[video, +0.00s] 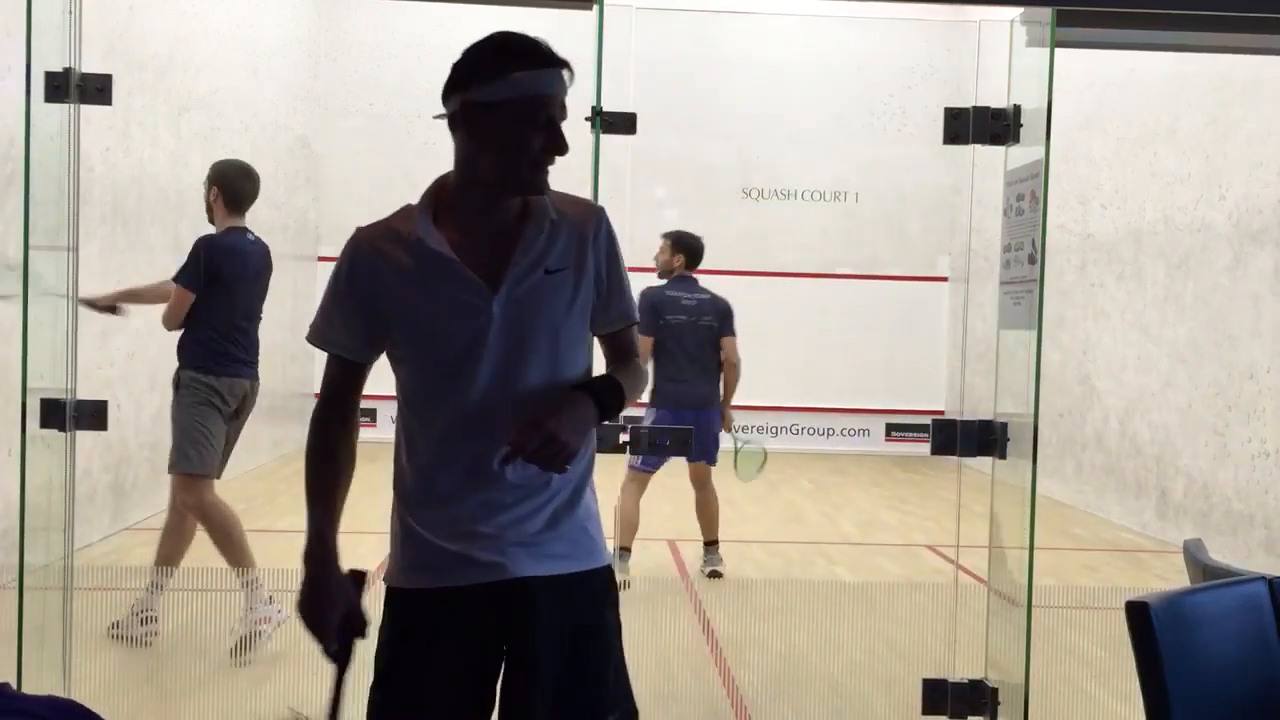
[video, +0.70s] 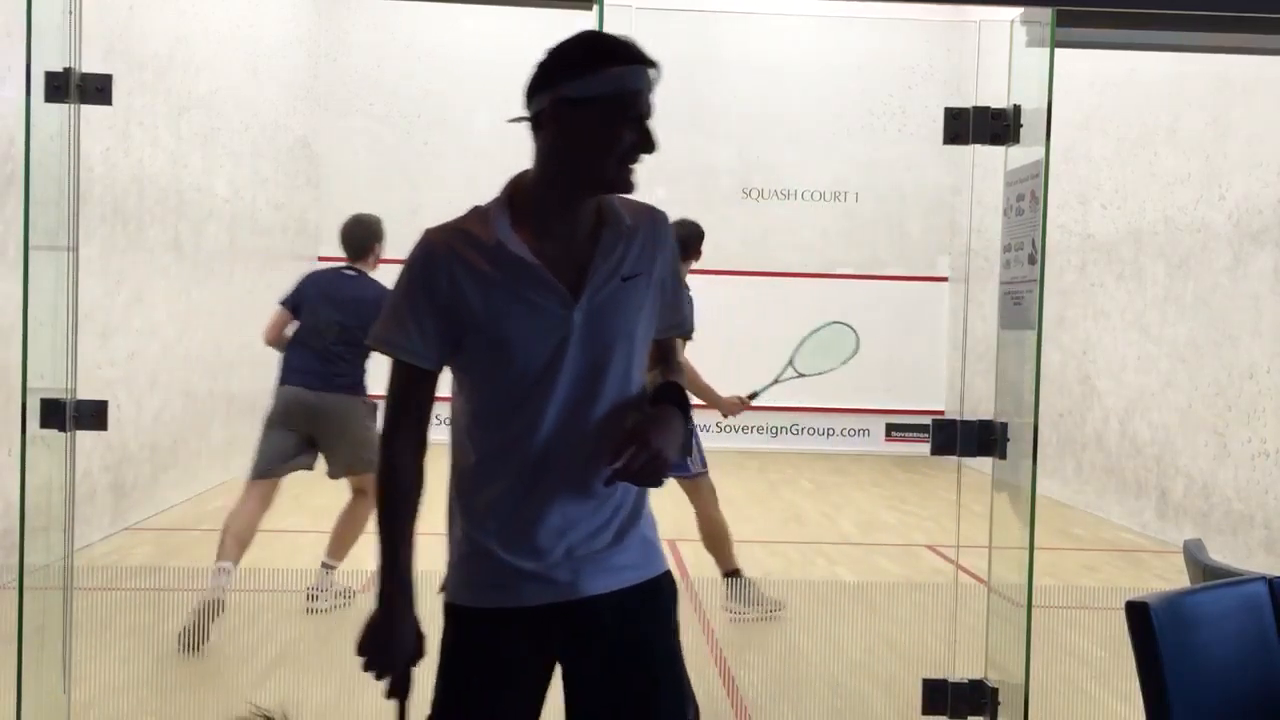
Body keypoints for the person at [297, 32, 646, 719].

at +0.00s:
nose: (560, 140)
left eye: (560, 119)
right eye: (538, 120)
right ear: (466, 121)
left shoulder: (582, 230)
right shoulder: (379, 253)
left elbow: (630, 367)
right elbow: (336, 408)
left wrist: (588, 404)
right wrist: (321, 563)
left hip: (566, 574)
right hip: (437, 578)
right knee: (414, 715)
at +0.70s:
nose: (647, 139)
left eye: (646, 119)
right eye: (626, 117)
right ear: (551, 117)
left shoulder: (647, 235)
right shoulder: (450, 255)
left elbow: (666, 365)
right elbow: (406, 431)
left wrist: (671, 411)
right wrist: (394, 596)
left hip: (626, 582)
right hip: (498, 588)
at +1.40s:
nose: (909, 135)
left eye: (909, 117)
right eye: (890, 113)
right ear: (819, 114)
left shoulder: (857, 245)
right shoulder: (726, 249)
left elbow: (932, 345)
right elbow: (699, 450)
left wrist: (1015, 368)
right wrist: (816, 586)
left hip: (851, 597)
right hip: (763, 610)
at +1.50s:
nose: (905, 131)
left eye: (921, 111)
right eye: (883, 103)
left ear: (932, 126)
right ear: (829, 109)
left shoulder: (886, 249)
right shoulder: (761, 249)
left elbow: (947, 365)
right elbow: (728, 450)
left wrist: (1029, 386)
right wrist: (855, 587)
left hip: (881, 607)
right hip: (798, 617)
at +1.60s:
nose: (918, 119)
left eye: (940, 102)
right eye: (896, 95)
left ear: (958, 128)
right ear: (855, 110)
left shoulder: (921, 252)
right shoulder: (795, 251)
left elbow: (955, 375)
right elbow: (755, 451)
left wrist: (1046, 414)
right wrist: (891, 587)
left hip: (918, 612)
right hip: (838, 622)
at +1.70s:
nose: (947, 103)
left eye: (972, 86)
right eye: (925, 82)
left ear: (999, 119)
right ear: (887, 103)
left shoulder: (965, 247)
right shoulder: (831, 250)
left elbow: (957, 390)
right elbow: (783, 455)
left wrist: (1064, 435)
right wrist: (925, 593)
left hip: (967, 627)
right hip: (876, 638)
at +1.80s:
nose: (984, 91)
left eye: (1009, 74)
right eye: (960, 71)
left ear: (1039, 105)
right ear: (923, 97)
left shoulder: (1012, 244)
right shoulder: (867, 247)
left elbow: (988, 410)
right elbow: (812, 457)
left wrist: (1085, 446)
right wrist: (959, 590)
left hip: (1014, 631)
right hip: (911, 642)